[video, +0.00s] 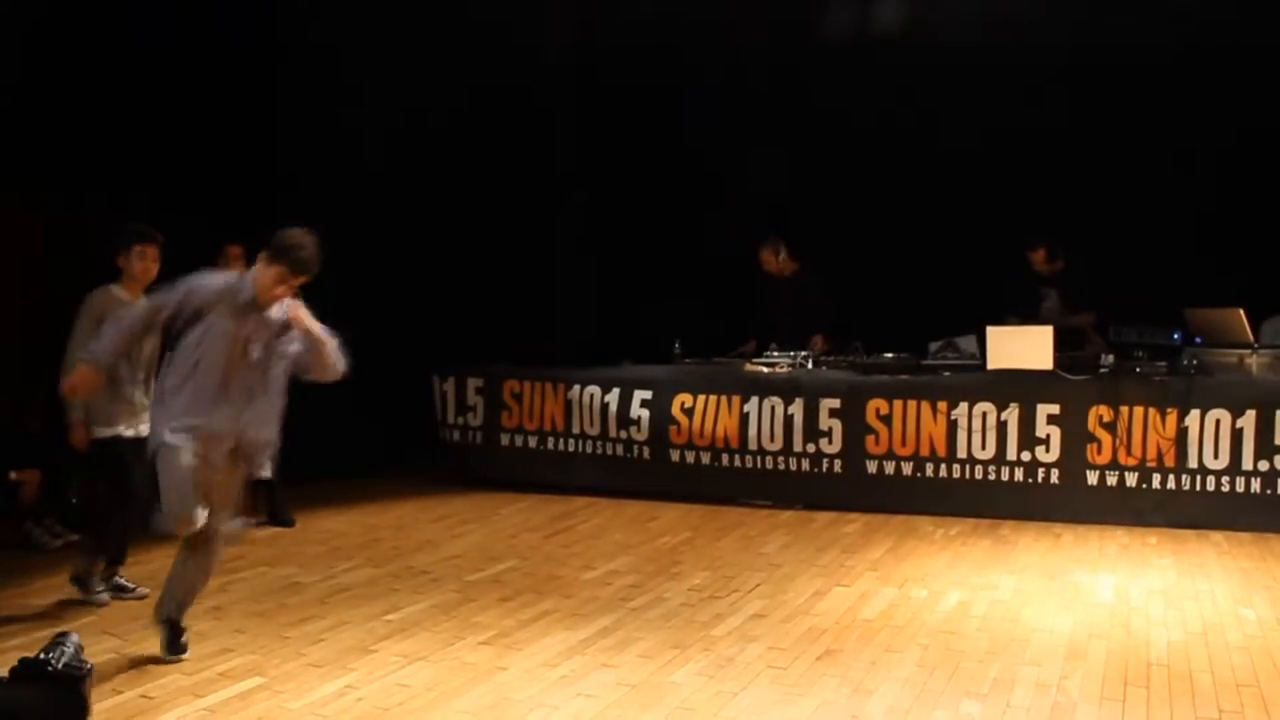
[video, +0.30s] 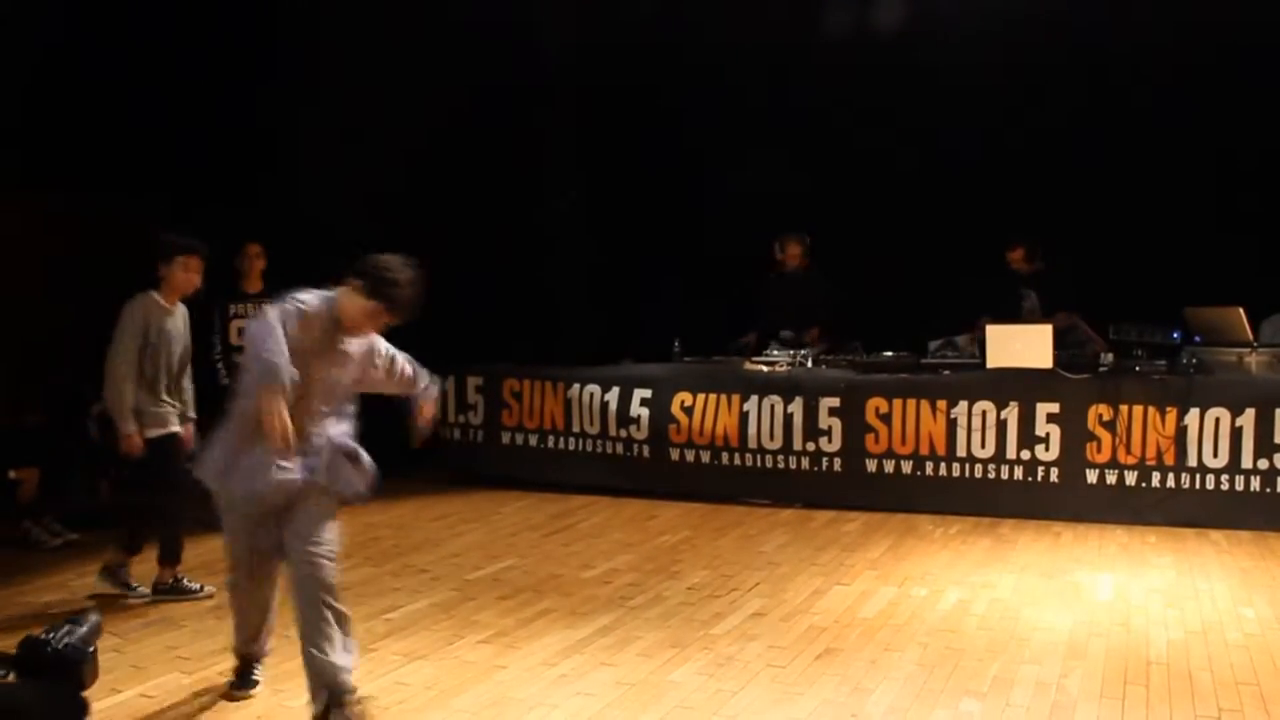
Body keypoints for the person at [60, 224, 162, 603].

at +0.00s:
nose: (149, 266)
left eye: (154, 259)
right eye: (142, 258)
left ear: (159, 265)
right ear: (124, 261)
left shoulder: (151, 309)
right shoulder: (102, 302)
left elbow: (148, 367)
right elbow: (77, 361)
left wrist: (152, 413)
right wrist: (77, 418)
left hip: (138, 424)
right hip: (104, 425)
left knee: (130, 501)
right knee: (105, 501)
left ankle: (113, 569)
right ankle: (87, 569)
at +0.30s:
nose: (197, 280)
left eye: (200, 272)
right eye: (191, 271)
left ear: (194, 274)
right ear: (169, 269)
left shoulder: (181, 313)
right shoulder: (140, 309)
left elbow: (184, 370)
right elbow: (120, 368)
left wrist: (187, 418)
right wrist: (126, 424)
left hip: (171, 424)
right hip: (144, 426)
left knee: (150, 499)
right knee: (173, 495)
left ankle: (116, 564)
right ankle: (168, 573)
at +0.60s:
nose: (217, 254)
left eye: (219, 247)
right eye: (210, 246)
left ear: (215, 251)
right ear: (188, 248)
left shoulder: (196, 289)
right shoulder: (185, 288)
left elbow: (195, 351)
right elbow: (183, 349)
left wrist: (202, 401)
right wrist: (187, 403)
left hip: (194, 413)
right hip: (177, 414)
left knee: (202, 485)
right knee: (168, 491)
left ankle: (226, 558)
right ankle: (156, 573)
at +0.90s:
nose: (198, 292)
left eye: (201, 286)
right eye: (199, 285)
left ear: (172, 271)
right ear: (191, 273)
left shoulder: (137, 304)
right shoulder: (175, 296)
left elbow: (132, 368)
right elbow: (179, 355)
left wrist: (139, 422)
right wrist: (194, 406)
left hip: (151, 417)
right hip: (175, 414)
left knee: (180, 481)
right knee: (192, 478)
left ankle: (181, 557)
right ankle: (159, 539)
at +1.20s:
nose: (120, 269)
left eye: (117, 264)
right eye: (121, 264)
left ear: (85, 263)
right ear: (118, 263)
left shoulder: (62, 297)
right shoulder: (125, 297)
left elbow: (50, 356)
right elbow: (143, 359)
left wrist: (68, 389)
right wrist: (143, 408)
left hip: (67, 421)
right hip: (114, 418)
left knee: (74, 493)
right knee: (127, 481)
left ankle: (81, 565)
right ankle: (144, 539)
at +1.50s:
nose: (12, 277)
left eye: (9, 270)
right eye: (16, 270)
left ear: (3, 269)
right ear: (24, 270)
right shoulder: (39, 305)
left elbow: (56, 366)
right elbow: (58, 366)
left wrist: (51, 415)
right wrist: (54, 415)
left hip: (4, 417)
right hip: (22, 417)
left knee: (8, 485)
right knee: (25, 488)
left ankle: (12, 522)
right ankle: (26, 562)